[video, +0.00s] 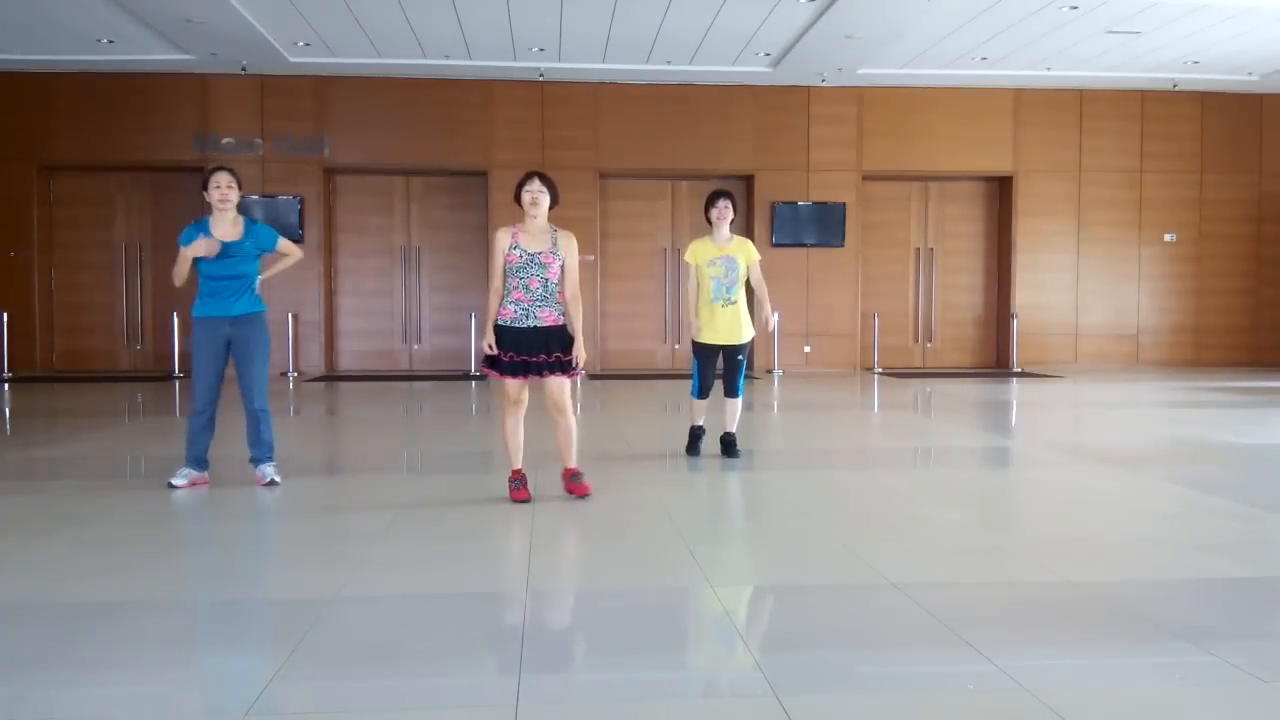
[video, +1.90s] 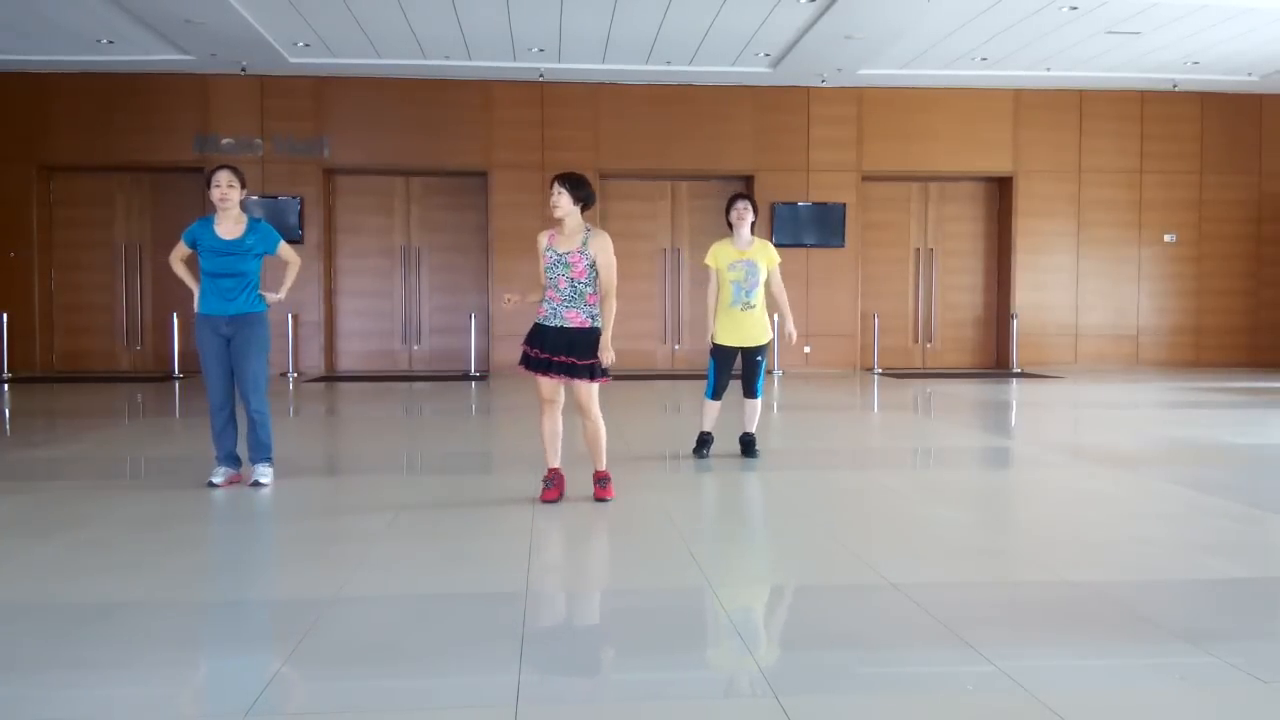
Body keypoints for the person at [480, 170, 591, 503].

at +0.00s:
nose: (534, 196)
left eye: (541, 192)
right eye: (528, 192)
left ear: (551, 199)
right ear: (519, 199)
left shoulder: (565, 240)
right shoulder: (505, 237)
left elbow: (572, 294)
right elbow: (496, 287)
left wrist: (579, 338)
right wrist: (489, 327)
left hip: (553, 332)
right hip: (511, 332)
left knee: (561, 404)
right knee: (515, 403)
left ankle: (571, 471)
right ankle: (517, 474)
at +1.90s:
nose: (553, 200)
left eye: (559, 194)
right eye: (552, 195)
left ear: (578, 200)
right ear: (552, 201)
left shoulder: (599, 240)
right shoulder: (545, 240)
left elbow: (608, 293)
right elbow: (547, 291)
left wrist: (606, 339)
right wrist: (522, 297)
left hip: (585, 334)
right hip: (548, 332)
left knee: (589, 409)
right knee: (550, 404)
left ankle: (601, 474)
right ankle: (553, 474)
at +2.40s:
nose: (580, 201)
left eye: (586, 196)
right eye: (574, 196)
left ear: (597, 202)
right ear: (565, 202)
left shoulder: (613, 240)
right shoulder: (553, 243)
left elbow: (626, 291)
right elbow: (553, 292)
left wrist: (635, 337)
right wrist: (540, 299)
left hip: (609, 334)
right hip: (569, 335)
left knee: (608, 406)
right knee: (564, 408)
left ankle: (606, 476)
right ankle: (565, 476)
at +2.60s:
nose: (579, 203)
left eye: (585, 198)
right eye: (573, 198)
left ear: (595, 205)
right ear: (563, 204)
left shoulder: (609, 244)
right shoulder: (550, 244)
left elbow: (620, 293)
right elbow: (541, 289)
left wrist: (635, 338)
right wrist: (549, 300)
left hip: (607, 334)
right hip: (569, 336)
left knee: (606, 405)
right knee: (572, 410)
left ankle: (605, 475)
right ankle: (553, 473)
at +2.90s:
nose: (568, 199)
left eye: (574, 195)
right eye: (561, 194)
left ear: (582, 202)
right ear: (551, 202)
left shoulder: (591, 244)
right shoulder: (539, 237)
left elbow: (600, 293)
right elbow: (517, 281)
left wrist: (616, 340)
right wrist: (547, 297)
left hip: (590, 331)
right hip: (553, 333)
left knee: (593, 401)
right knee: (558, 406)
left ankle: (600, 474)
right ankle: (543, 475)